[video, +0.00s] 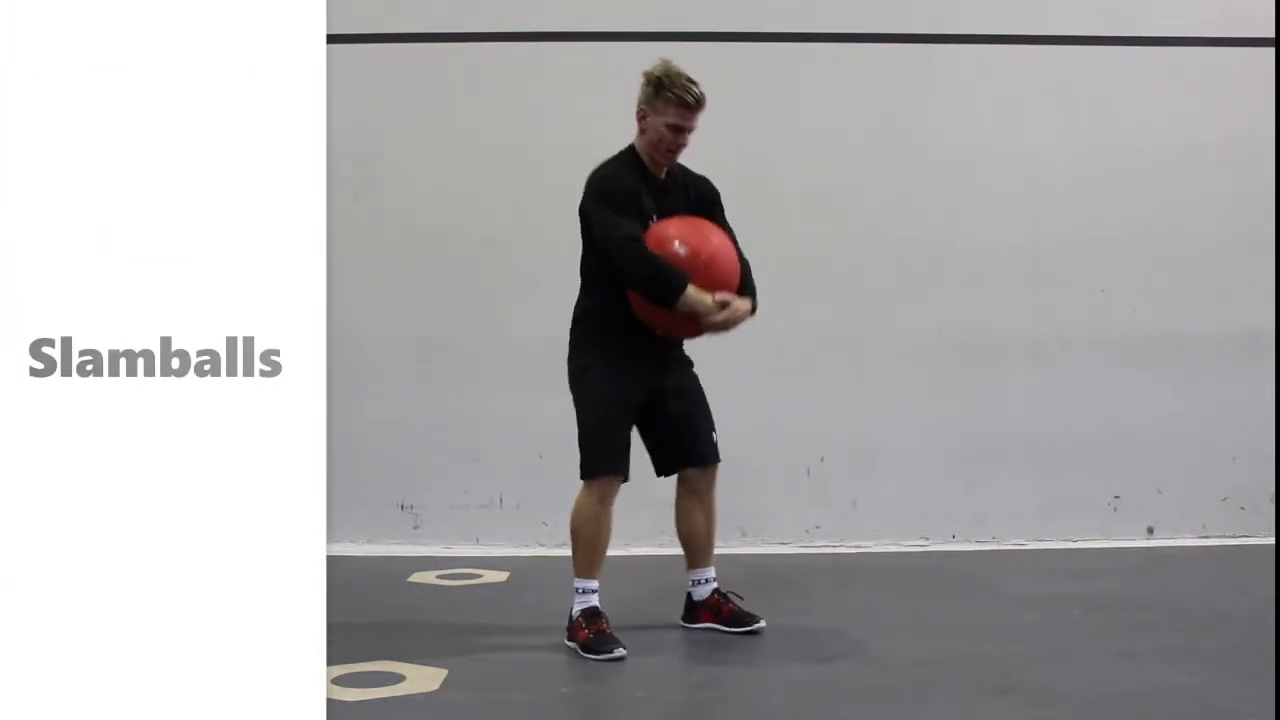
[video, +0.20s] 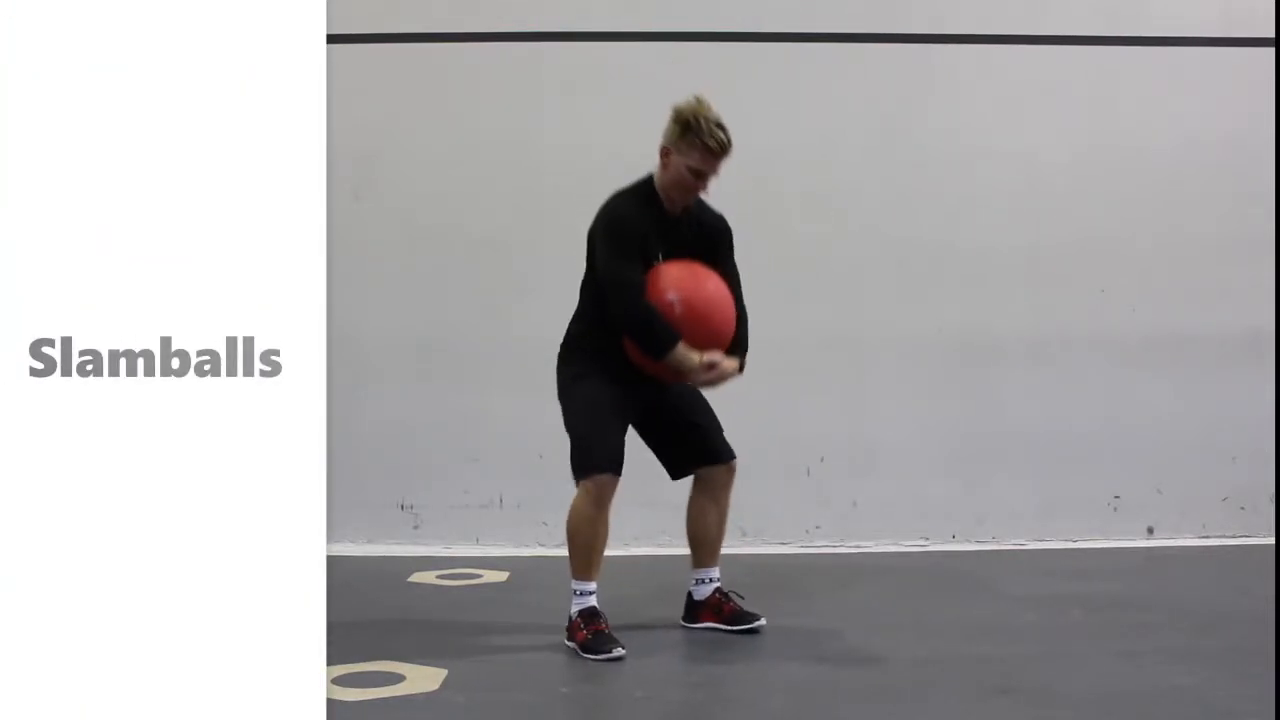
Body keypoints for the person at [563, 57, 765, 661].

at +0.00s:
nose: (681, 142)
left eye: (689, 131)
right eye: (672, 129)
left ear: (696, 127)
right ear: (641, 118)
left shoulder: (699, 191)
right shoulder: (607, 184)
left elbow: (735, 263)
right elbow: (629, 259)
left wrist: (743, 303)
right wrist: (703, 302)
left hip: (664, 347)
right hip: (603, 348)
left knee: (700, 462)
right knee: (604, 474)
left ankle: (703, 597)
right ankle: (585, 611)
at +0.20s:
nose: (700, 185)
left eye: (708, 176)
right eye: (693, 172)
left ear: (715, 170)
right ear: (664, 154)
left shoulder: (711, 229)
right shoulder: (619, 216)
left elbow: (731, 308)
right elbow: (622, 303)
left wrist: (732, 356)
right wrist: (681, 356)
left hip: (657, 368)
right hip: (594, 362)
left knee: (716, 465)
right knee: (600, 474)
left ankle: (704, 596)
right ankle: (583, 612)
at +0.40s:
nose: (716, 250)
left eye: (724, 242)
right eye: (710, 238)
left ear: (734, 232)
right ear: (682, 214)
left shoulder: (720, 283)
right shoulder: (630, 268)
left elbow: (731, 363)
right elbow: (622, 365)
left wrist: (726, 421)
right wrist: (675, 419)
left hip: (652, 400)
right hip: (588, 391)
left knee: (739, 471)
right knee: (598, 483)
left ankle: (705, 596)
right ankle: (584, 613)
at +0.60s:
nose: (724, 314)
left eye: (733, 305)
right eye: (717, 302)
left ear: (742, 297)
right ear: (689, 277)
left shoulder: (727, 340)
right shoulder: (635, 326)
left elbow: (735, 422)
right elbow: (624, 424)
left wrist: (724, 479)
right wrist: (676, 482)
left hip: (657, 444)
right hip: (589, 433)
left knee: (754, 477)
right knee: (593, 489)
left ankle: (706, 598)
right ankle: (584, 615)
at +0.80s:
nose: (727, 362)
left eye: (734, 353)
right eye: (720, 350)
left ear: (743, 343)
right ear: (691, 325)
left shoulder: (731, 385)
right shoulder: (638, 370)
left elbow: (740, 467)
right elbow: (626, 468)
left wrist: (733, 534)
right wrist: (679, 531)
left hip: (677, 484)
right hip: (608, 476)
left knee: (759, 478)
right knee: (591, 489)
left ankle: (706, 598)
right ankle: (586, 615)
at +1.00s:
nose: (728, 363)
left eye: (735, 355)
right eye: (721, 351)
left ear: (744, 345)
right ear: (691, 327)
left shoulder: (732, 387)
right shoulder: (639, 373)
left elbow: (744, 468)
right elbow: (630, 472)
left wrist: (737, 533)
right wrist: (685, 535)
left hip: (674, 485)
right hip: (604, 475)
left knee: (759, 480)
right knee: (596, 490)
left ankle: (706, 599)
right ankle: (587, 614)